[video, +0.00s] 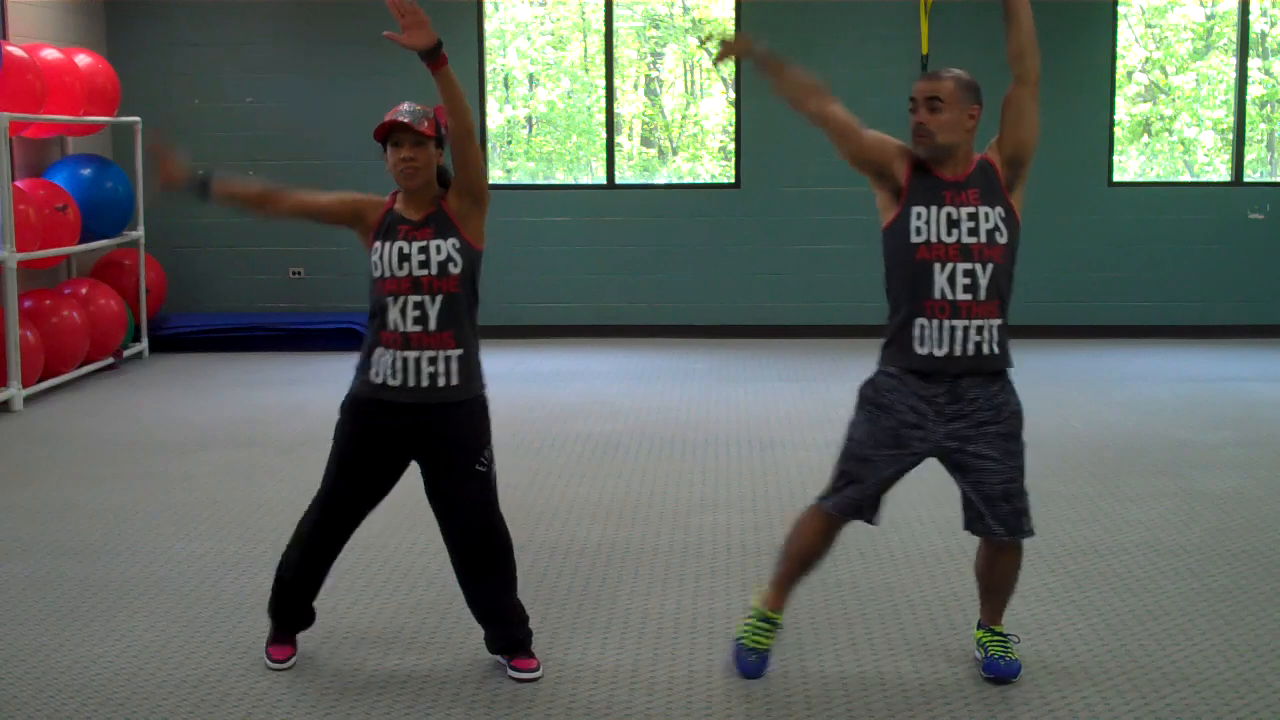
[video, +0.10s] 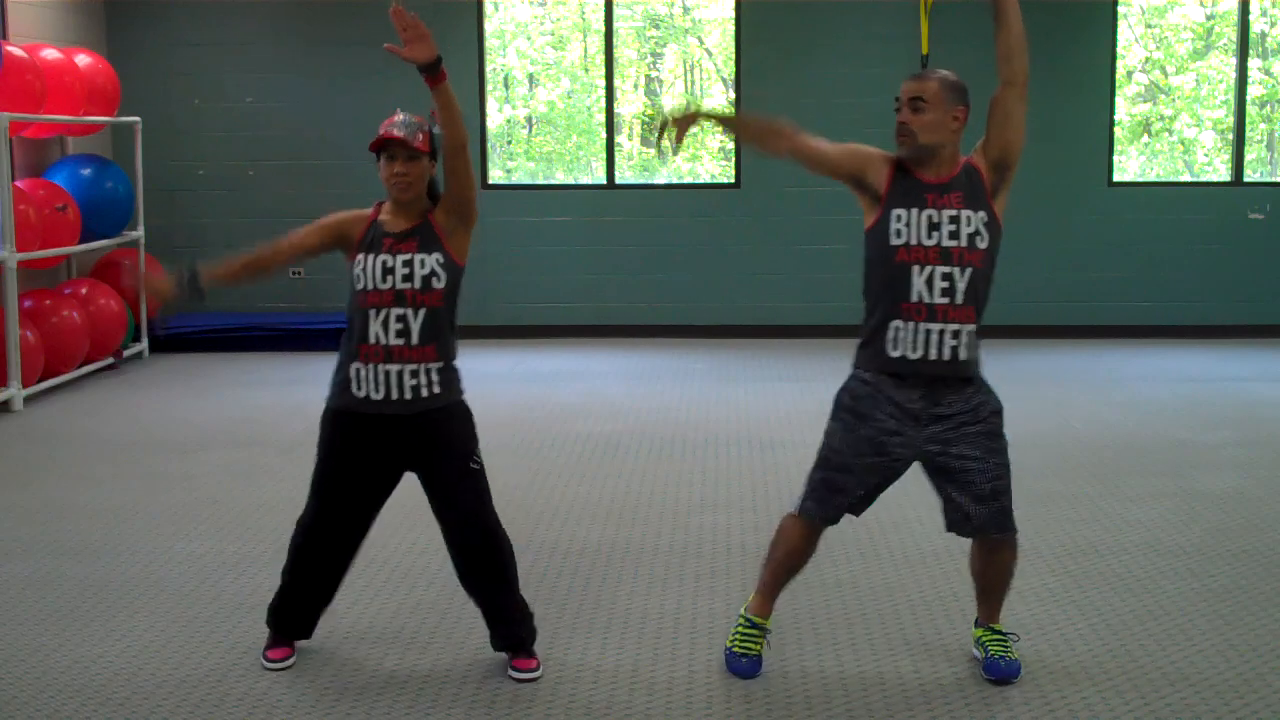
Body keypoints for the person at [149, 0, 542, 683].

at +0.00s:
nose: (405, 154)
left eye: (416, 143)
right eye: (395, 145)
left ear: (440, 152)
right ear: (384, 156)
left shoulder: (464, 212)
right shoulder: (373, 214)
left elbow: (464, 136)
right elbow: (281, 200)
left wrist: (434, 54)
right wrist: (198, 181)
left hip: (453, 408)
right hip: (377, 406)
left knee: (479, 527)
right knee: (330, 517)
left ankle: (512, 641)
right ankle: (284, 624)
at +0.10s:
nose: (395, 166)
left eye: (407, 157)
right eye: (387, 157)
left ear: (432, 166)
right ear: (377, 165)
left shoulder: (451, 226)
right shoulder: (353, 227)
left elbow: (456, 148)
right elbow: (272, 255)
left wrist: (434, 73)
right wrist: (193, 280)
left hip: (435, 415)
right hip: (359, 416)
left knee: (477, 531)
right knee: (324, 526)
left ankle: (516, 641)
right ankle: (285, 631)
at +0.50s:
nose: (430, 162)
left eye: (440, 153)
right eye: (420, 154)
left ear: (462, 161)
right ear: (408, 164)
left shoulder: (489, 218)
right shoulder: (396, 234)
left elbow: (491, 142)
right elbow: (387, 306)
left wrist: (469, 74)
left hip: (494, 399)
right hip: (423, 401)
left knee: (512, 518)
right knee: (370, 507)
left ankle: (540, 624)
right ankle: (337, 627)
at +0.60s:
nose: (453, 145)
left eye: (461, 137)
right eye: (440, 136)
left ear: (478, 154)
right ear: (421, 158)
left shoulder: (501, 209)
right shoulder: (413, 230)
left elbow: (510, 141)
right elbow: (417, 222)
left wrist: (481, 68)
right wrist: (420, 175)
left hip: (516, 390)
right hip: (445, 392)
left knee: (530, 515)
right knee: (397, 500)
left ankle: (542, 622)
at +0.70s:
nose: (458, 152)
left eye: (467, 142)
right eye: (448, 143)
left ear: (485, 154)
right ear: (436, 158)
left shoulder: (510, 210)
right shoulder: (428, 227)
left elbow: (521, 136)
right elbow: (417, 199)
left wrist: (488, 71)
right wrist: (429, 124)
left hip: (533, 388)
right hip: (461, 395)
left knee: (550, 511)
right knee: (447, 523)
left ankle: (549, 615)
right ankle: (492, 612)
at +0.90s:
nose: (476, 156)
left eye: (485, 145)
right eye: (465, 147)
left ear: (500, 156)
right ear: (450, 161)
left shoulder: (523, 211)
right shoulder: (441, 225)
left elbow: (535, 141)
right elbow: (422, 162)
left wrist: (503, 73)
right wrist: (446, 83)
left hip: (553, 388)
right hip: (486, 399)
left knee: (570, 510)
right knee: (490, 517)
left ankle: (567, 621)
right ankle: (491, 623)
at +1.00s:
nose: (484, 168)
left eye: (491, 158)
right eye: (474, 159)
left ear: (506, 165)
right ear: (459, 169)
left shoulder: (528, 219)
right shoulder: (445, 229)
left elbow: (553, 155)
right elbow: (426, 160)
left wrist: (532, 90)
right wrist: (459, 81)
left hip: (558, 394)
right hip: (492, 408)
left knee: (583, 510)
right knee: (503, 523)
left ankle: (573, 619)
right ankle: (494, 624)